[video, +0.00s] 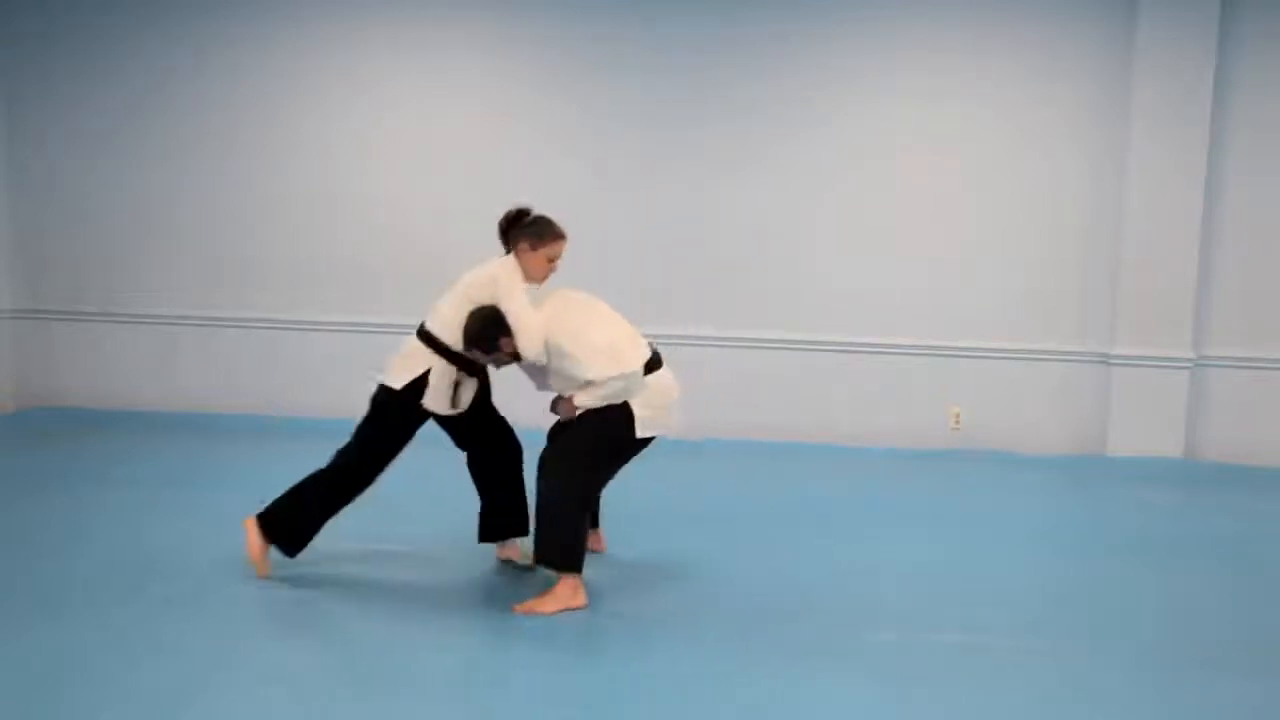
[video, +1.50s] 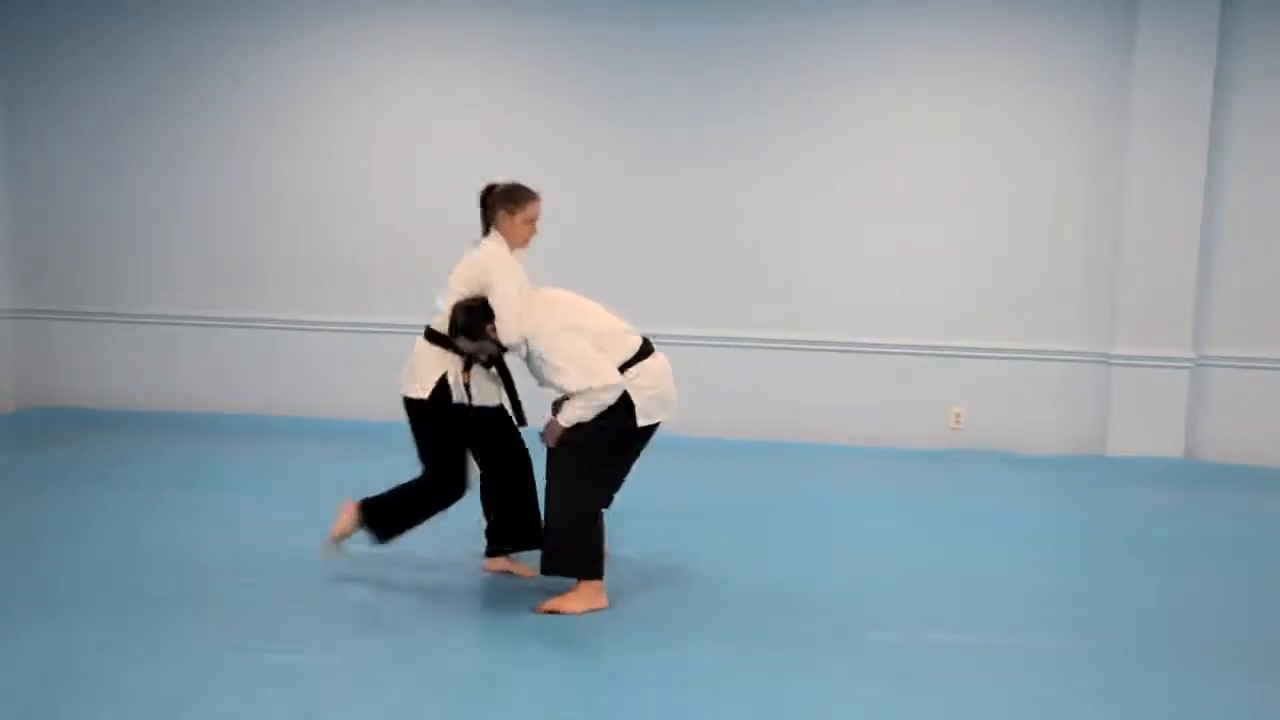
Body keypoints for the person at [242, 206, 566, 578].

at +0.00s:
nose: (555, 268)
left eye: (558, 259)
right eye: (551, 259)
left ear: (528, 252)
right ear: (524, 250)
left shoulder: (515, 279)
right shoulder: (504, 276)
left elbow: (530, 343)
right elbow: (531, 346)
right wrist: (561, 386)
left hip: (462, 383)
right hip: (420, 376)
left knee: (501, 451)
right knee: (359, 465)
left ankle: (507, 540)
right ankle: (266, 527)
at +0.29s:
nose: (525, 300)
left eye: (526, 292)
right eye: (519, 291)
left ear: (498, 289)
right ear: (491, 287)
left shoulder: (491, 319)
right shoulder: (469, 317)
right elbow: (499, 384)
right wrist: (533, 406)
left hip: (440, 418)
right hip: (401, 420)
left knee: (500, 453)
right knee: (352, 511)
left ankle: (506, 544)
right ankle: (252, 549)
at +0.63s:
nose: (522, 214)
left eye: (524, 204)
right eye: (516, 204)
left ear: (498, 203)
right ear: (488, 200)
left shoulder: (501, 242)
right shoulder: (473, 236)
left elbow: (516, 316)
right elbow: (511, 311)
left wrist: (549, 364)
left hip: (469, 357)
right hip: (440, 358)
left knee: (491, 445)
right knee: (485, 442)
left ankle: (497, 549)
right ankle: (424, 493)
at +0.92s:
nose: (566, 263)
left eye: (569, 254)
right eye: (564, 253)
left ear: (542, 242)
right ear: (542, 242)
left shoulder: (513, 264)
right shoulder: (516, 270)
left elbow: (519, 336)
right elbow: (521, 343)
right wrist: (552, 382)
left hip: (427, 368)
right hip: (427, 371)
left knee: (478, 450)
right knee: (479, 450)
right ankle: (493, 553)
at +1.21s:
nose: (552, 314)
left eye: (554, 305)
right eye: (547, 305)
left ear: (523, 299)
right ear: (524, 300)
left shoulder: (502, 322)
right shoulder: (501, 324)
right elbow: (521, 397)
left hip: (438, 423)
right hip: (402, 417)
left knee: (500, 461)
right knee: (329, 483)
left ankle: (499, 552)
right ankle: (226, 552)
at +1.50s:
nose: (535, 230)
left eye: (536, 222)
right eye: (530, 222)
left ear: (508, 219)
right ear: (504, 219)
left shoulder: (493, 256)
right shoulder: (498, 262)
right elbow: (511, 334)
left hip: (473, 379)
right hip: (438, 380)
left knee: (507, 455)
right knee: (448, 481)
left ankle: (500, 553)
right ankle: (362, 514)